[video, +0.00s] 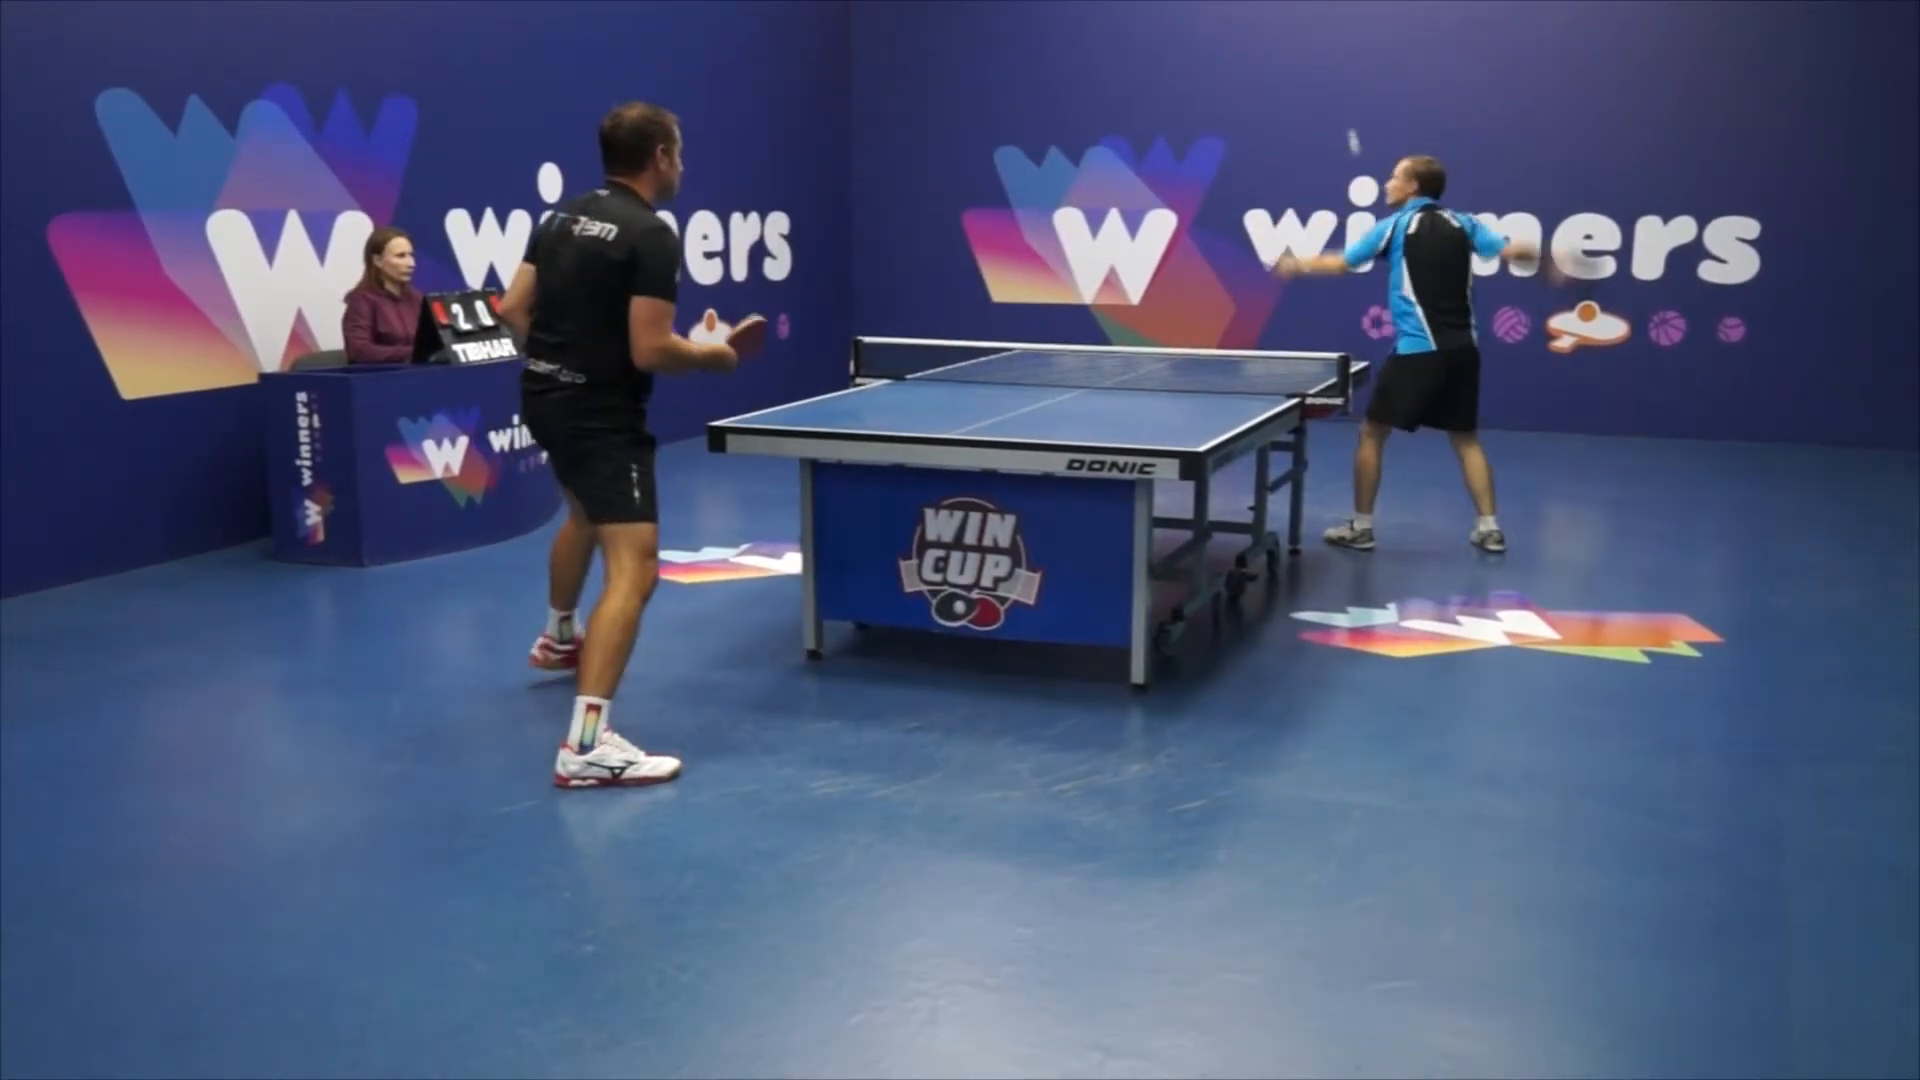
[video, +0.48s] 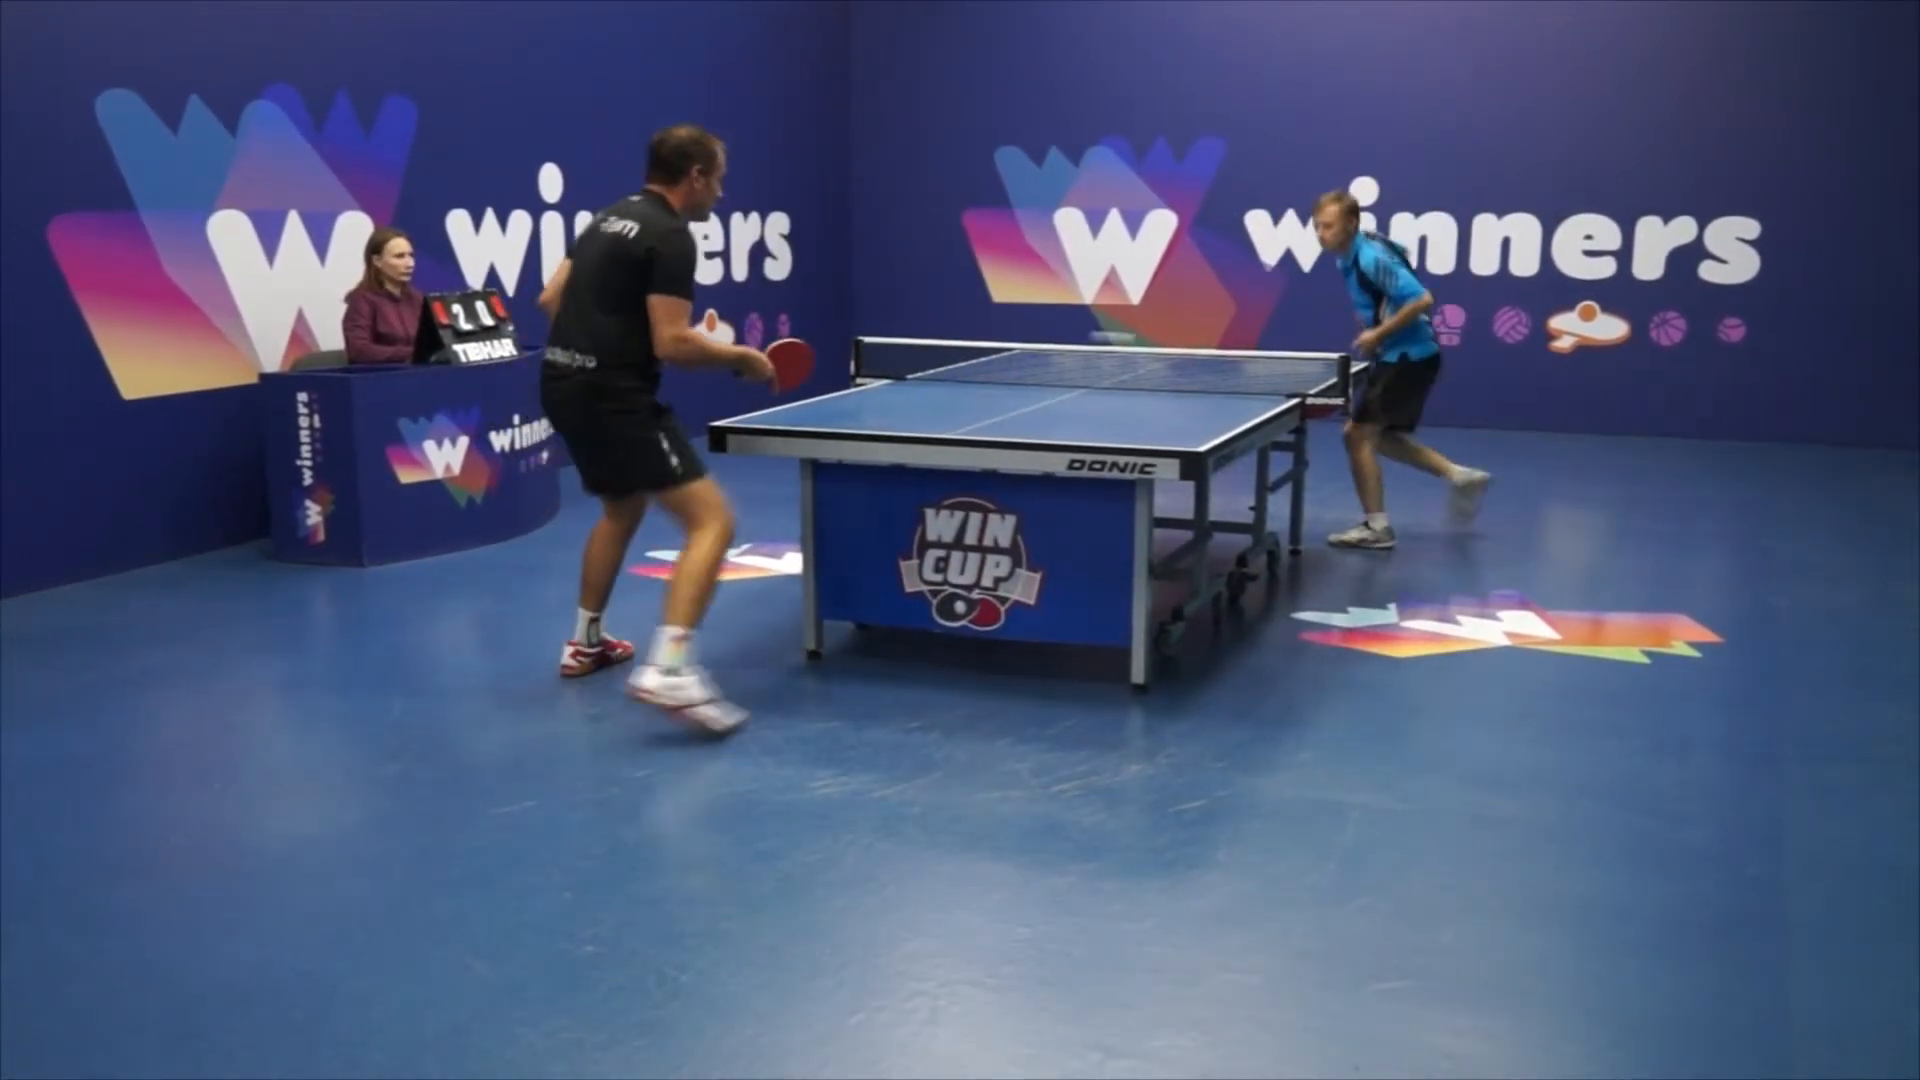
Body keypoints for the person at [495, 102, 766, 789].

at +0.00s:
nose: (680, 164)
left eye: (678, 152)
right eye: (677, 153)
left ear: (611, 158)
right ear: (660, 158)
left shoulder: (564, 216)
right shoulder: (652, 236)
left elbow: (515, 307)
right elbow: (650, 349)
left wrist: (577, 334)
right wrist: (715, 352)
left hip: (546, 396)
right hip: (602, 407)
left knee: (584, 513)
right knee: (634, 571)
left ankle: (560, 633)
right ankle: (586, 740)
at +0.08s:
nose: (686, 169)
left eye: (684, 157)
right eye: (683, 158)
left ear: (616, 164)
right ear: (665, 163)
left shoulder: (564, 224)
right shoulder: (658, 237)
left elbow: (517, 310)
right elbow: (658, 350)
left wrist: (559, 349)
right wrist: (719, 359)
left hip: (551, 402)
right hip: (609, 412)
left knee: (581, 521)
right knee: (636, 573)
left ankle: (573, 638)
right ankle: (587, 739)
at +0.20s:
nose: (693, 182)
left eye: (691, 170)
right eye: (689, 171)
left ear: (625, 175)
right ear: (670, 175)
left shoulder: (578, 231)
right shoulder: (664, 248)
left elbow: (520, 316)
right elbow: (666, 356)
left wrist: (561, 360)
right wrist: (728, 362)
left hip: (556, 409)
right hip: (613, 416)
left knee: (591, 527)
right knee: (637, 574)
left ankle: (583, 643)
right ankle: (589, 735)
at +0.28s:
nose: (699, 186)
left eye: (697, 174)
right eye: (696, 175)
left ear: (633, 177)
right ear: (674, 178)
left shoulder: (587, 229)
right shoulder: (667, 250)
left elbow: (527, 316)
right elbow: (664, 356)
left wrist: (574, 354)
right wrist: (726, 360)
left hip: (557, 401)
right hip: (614, 411)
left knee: (601, 519)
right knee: (643, 567)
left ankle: (585, 640)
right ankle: (598, 720)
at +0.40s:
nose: (711, 188)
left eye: (710, 175)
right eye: (708, 176)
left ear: (649, 175)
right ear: (683, 177)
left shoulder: (595, 221)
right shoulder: (665, 243)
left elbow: (541, 305)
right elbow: (664, 347)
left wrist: (600, 343)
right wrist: (735, 359)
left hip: (561, 388)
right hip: (614, 396)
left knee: (618, 509)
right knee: (683, 541)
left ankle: (585, 641)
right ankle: (637, 679)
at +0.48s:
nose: (720, 194)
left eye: (720, 181)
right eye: (716, 181)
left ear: (665, 175)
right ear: (691, 178)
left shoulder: (610, 217)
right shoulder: (670, 237)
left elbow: (552, 298)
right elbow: (671, 341)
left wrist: (627, 334)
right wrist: (739, 356)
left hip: (566, 385)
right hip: (616, 391)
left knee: (624, 505)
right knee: (713, 521)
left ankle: (585, 637)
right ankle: (669, 667)